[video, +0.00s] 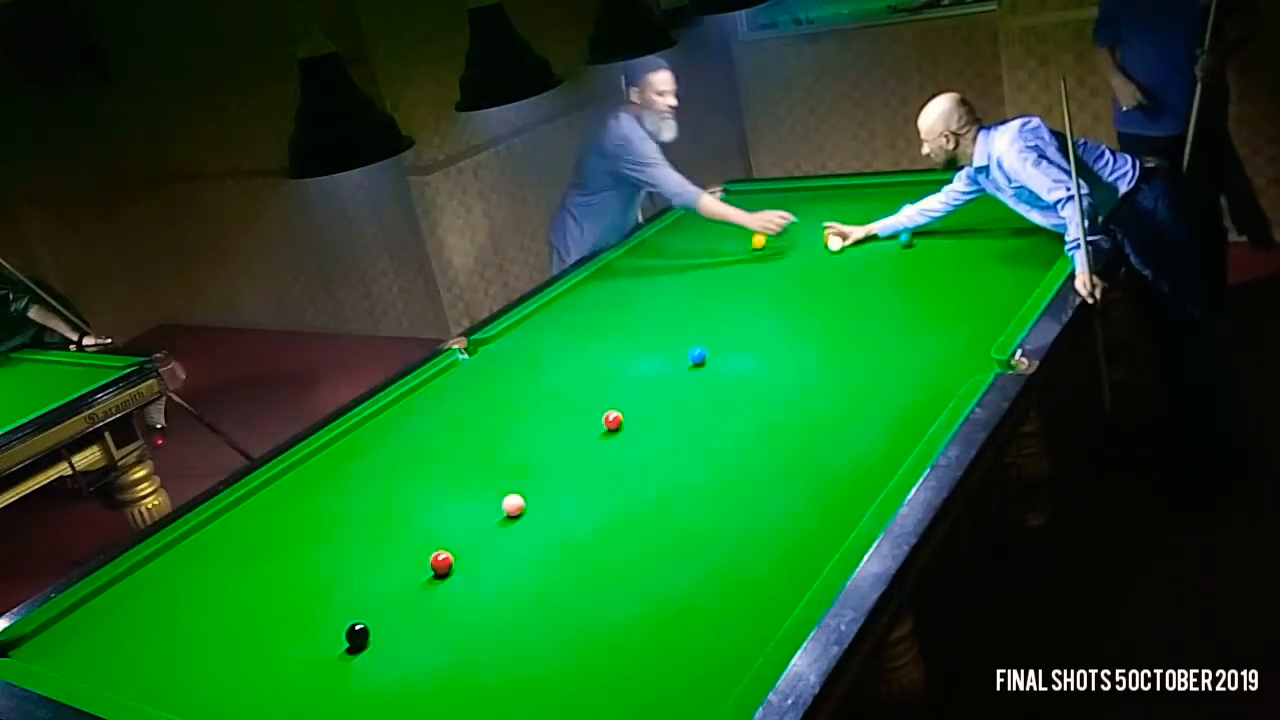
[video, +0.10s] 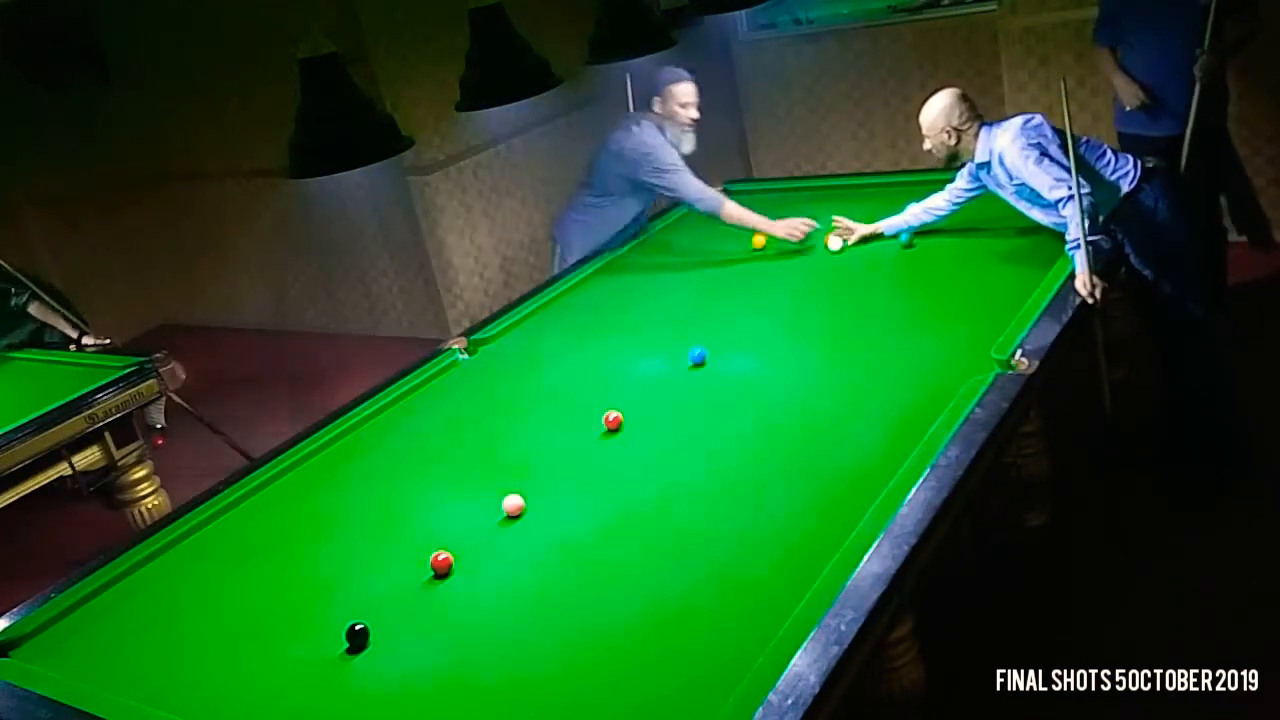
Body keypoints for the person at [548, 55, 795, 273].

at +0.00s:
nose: (672, 103)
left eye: (673, 94)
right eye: (662, 94)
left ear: (674, 91)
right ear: (634, 95)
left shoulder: (641, 124)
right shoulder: (622, 132)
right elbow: (679, 192)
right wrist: (749, 219)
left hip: (616, 233)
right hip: (582, 243)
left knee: (614, 310)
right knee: (580, 320)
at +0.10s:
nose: (693, 116)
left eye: (695, 107)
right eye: (684, 107)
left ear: (697, 104)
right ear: (657, 106)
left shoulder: (656, 131)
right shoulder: (643, 142)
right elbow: (702, 198)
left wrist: (700, 191)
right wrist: (771, 226)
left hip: (622, 230)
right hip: (586, 241)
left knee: (611, 312)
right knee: (577, 320)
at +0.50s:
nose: (715, 137)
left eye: (718, 128)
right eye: (706, 129)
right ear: (680, 124)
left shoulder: (672, 139)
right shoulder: (660, 157)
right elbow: (684, 230)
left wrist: (705, 185)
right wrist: (752, 248)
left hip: (623, 231)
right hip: (588, 237)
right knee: (578, 317)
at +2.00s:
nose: (715, 138)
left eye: (716, 128)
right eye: (706, 129)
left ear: (680, 127)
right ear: (678, 128)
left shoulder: (663, 135)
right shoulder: (662, 164)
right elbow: (706, 226)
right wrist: (773, 243)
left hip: (623, 234)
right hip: (586, 241)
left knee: (610, 312)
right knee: (578, 320)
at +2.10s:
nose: (709, 130)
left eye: (710, 121)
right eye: (699, 123)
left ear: (674, 121)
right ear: (672, 123)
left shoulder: (663, 136)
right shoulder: (658, 158)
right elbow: (689, 227)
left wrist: (697, 192)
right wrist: (753, 247)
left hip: (621, 231)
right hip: (587, 238)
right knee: (576, 317)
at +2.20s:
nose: (698, 119)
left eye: (699, 110)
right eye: (687, 111)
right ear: (660, 112)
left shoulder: (651, 134)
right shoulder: (646, 148)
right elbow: (662, 223)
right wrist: (720, 253)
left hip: (614, 232)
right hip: (587, 239)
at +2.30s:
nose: (679, 106)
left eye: (680, 96)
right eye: (668, 98)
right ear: (642, 99)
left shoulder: (645, 129)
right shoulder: (629, 136)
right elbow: (620, 211)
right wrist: (668, 255)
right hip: (587, 237)